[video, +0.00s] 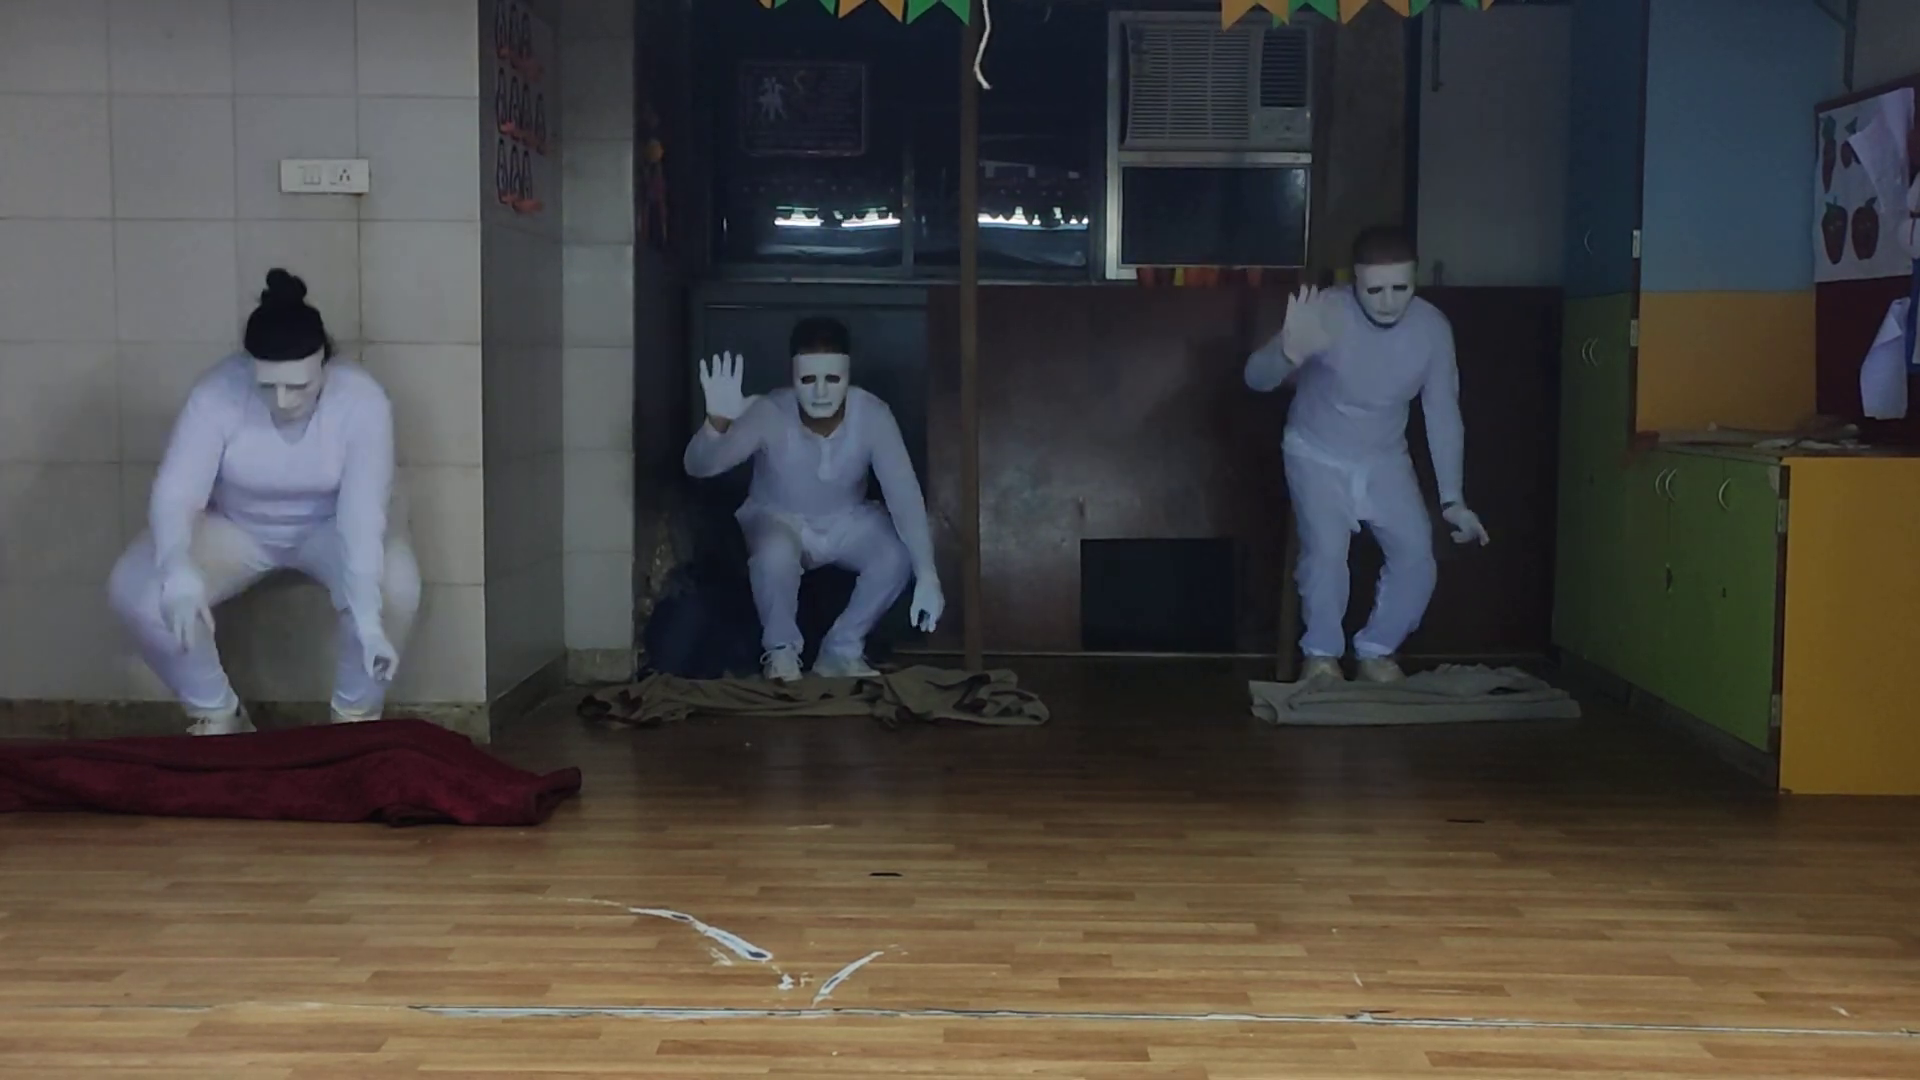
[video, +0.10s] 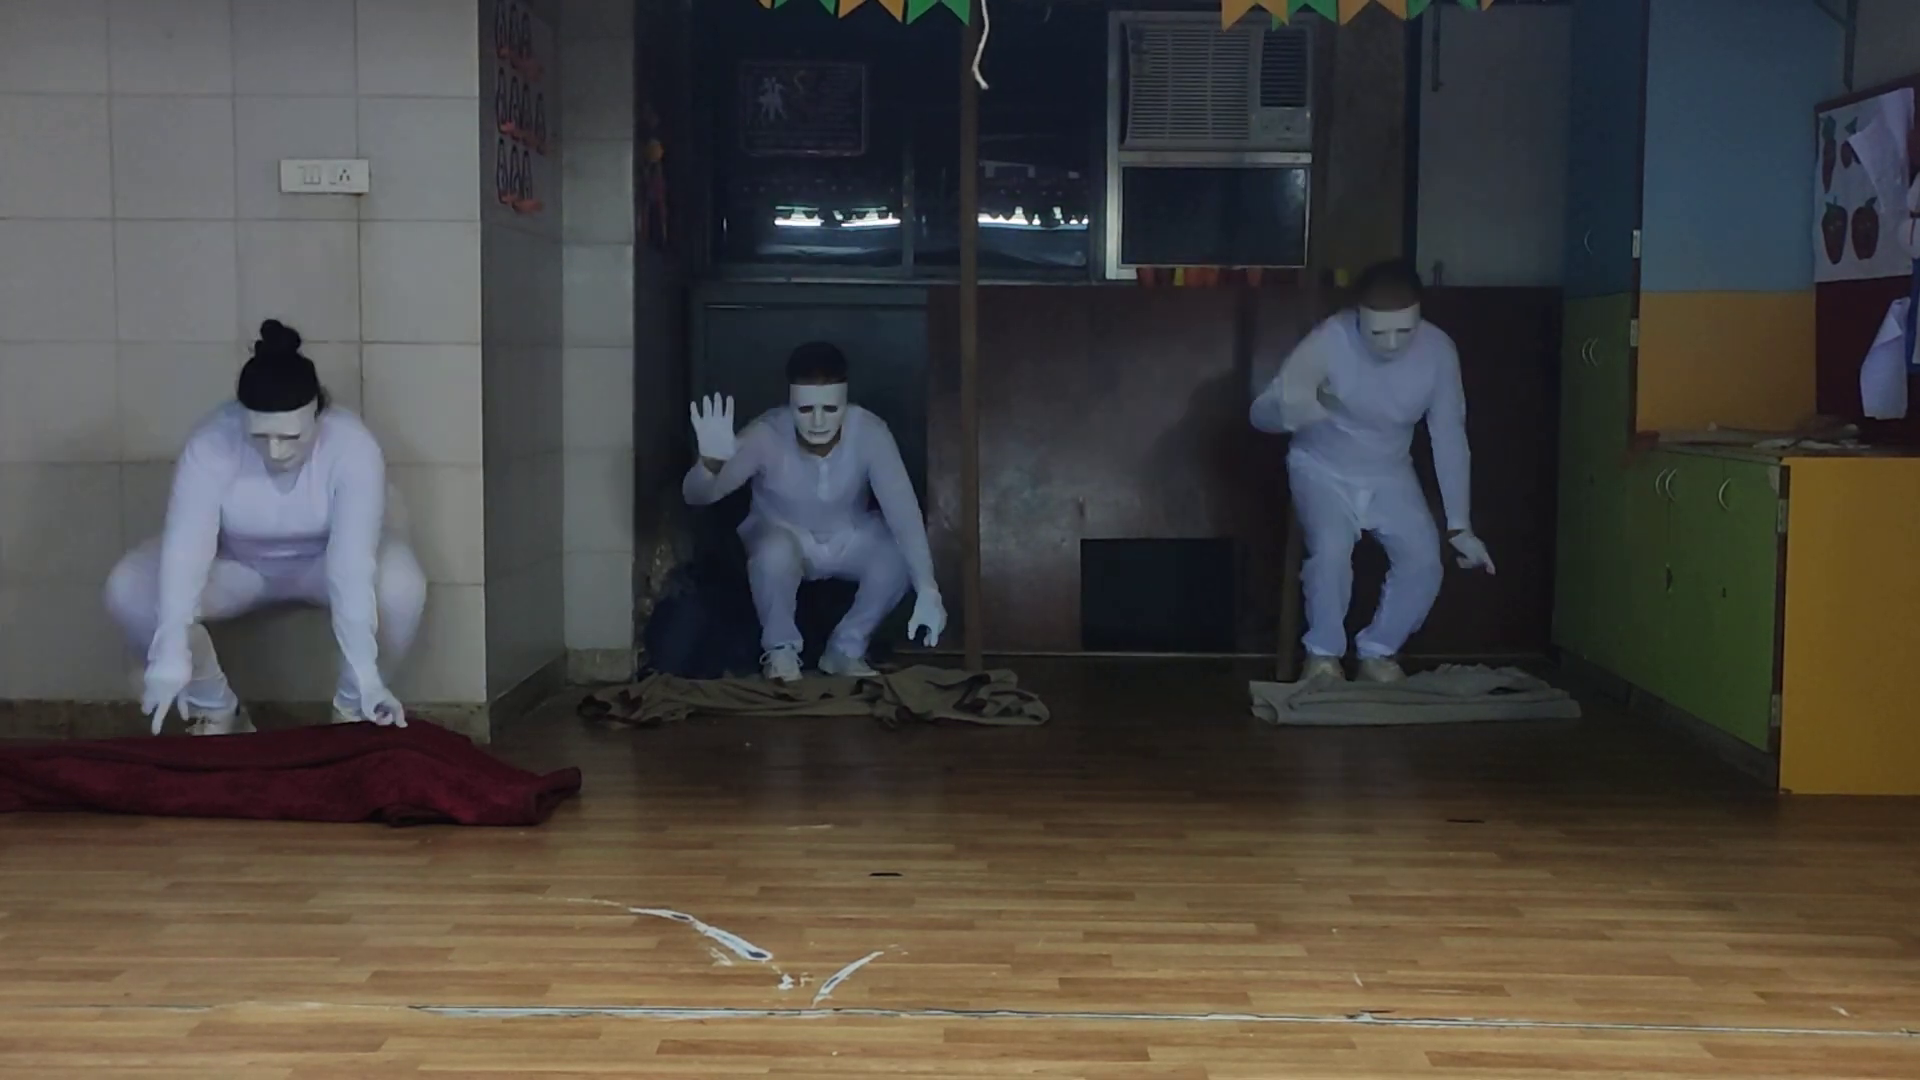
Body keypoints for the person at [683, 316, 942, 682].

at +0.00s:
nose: (821, 391)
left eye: (832, 378)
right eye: (809, 379)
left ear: (847, 376)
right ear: (793, 378)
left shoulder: (872, 417)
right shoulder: (768, 414)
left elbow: (904, 495)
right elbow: (698, 466)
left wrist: (926, 576)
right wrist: (716, 423)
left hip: (847, 522)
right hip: (778, 521)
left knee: (894, 557)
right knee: (774, 557)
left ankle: (841, 650)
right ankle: (781, 649)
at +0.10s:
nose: (818, 421)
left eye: (830, 409)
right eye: (806, 409)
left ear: (845, 399)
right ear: (790, 402)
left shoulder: (869, 433)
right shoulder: (765, 436)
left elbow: (904, 512)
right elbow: (697, 496)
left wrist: (927, 591)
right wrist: (710, 463)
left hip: (849, 538)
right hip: (784, 537)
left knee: (894, 561)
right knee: (774, 557)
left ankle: (845, 651)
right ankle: (781, 650)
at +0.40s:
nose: (810, 468)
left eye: (822, 456)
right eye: (798, 457)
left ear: (838, 440)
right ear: (783, 444)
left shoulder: (864, 464)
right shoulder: (761, 472)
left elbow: (896, 545)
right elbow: (727, 530)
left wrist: (920, 626)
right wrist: (713, 560)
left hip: (856, 569)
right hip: (795, 572)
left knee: (909, 564)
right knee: (777, 556)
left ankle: (850, 649)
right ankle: (782, 649)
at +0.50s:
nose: (810, 474)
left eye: (821, 461)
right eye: (798, 462)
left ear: (838, 446)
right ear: (782, 448)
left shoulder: (864, 467)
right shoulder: (762, 477)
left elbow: (895, 547)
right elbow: (730, 539)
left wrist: (915, 630)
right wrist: (725, 582)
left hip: (857, 571)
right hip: (798, 573)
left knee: (913, 567)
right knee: (775, 559)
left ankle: (850, 649)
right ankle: (782, 648)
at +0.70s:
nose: (809, 477)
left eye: (821, 464)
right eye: (797, 465)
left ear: (837, 447)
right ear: (782, 451)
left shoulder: (864, 471)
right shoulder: (760, 483)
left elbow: (886, 558)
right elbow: (734, 561)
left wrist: (906, 639)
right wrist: (731, 640)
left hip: (856, 574)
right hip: (799, 576)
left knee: (914, 568)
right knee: (779, 560)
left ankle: (851, 649)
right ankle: (783, 648)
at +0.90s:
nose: (812, 452)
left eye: (824, 440)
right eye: (799, 441)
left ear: (839, 438)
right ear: (784, 441)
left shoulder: (864, 472)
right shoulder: (761, 483)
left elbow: (887, 557)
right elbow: (734, 562)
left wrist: (911, 637)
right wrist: (730, 637)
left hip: (857, 575)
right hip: (798, 577)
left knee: (916, 569)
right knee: (779, 558)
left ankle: (853, 648)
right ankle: (783, 647)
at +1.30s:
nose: (812, 439)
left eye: (824, 427)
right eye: (800, 428)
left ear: (839, 429)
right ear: (784, 432)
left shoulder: (866, 468)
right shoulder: (762, 483)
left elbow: (896, 548)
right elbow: (736, 560)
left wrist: (926, 623)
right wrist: (729, 623)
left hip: (862, 576)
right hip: (801, 578)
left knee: (917, 570)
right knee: (776, 562)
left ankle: (859, 639)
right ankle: (784, 638)